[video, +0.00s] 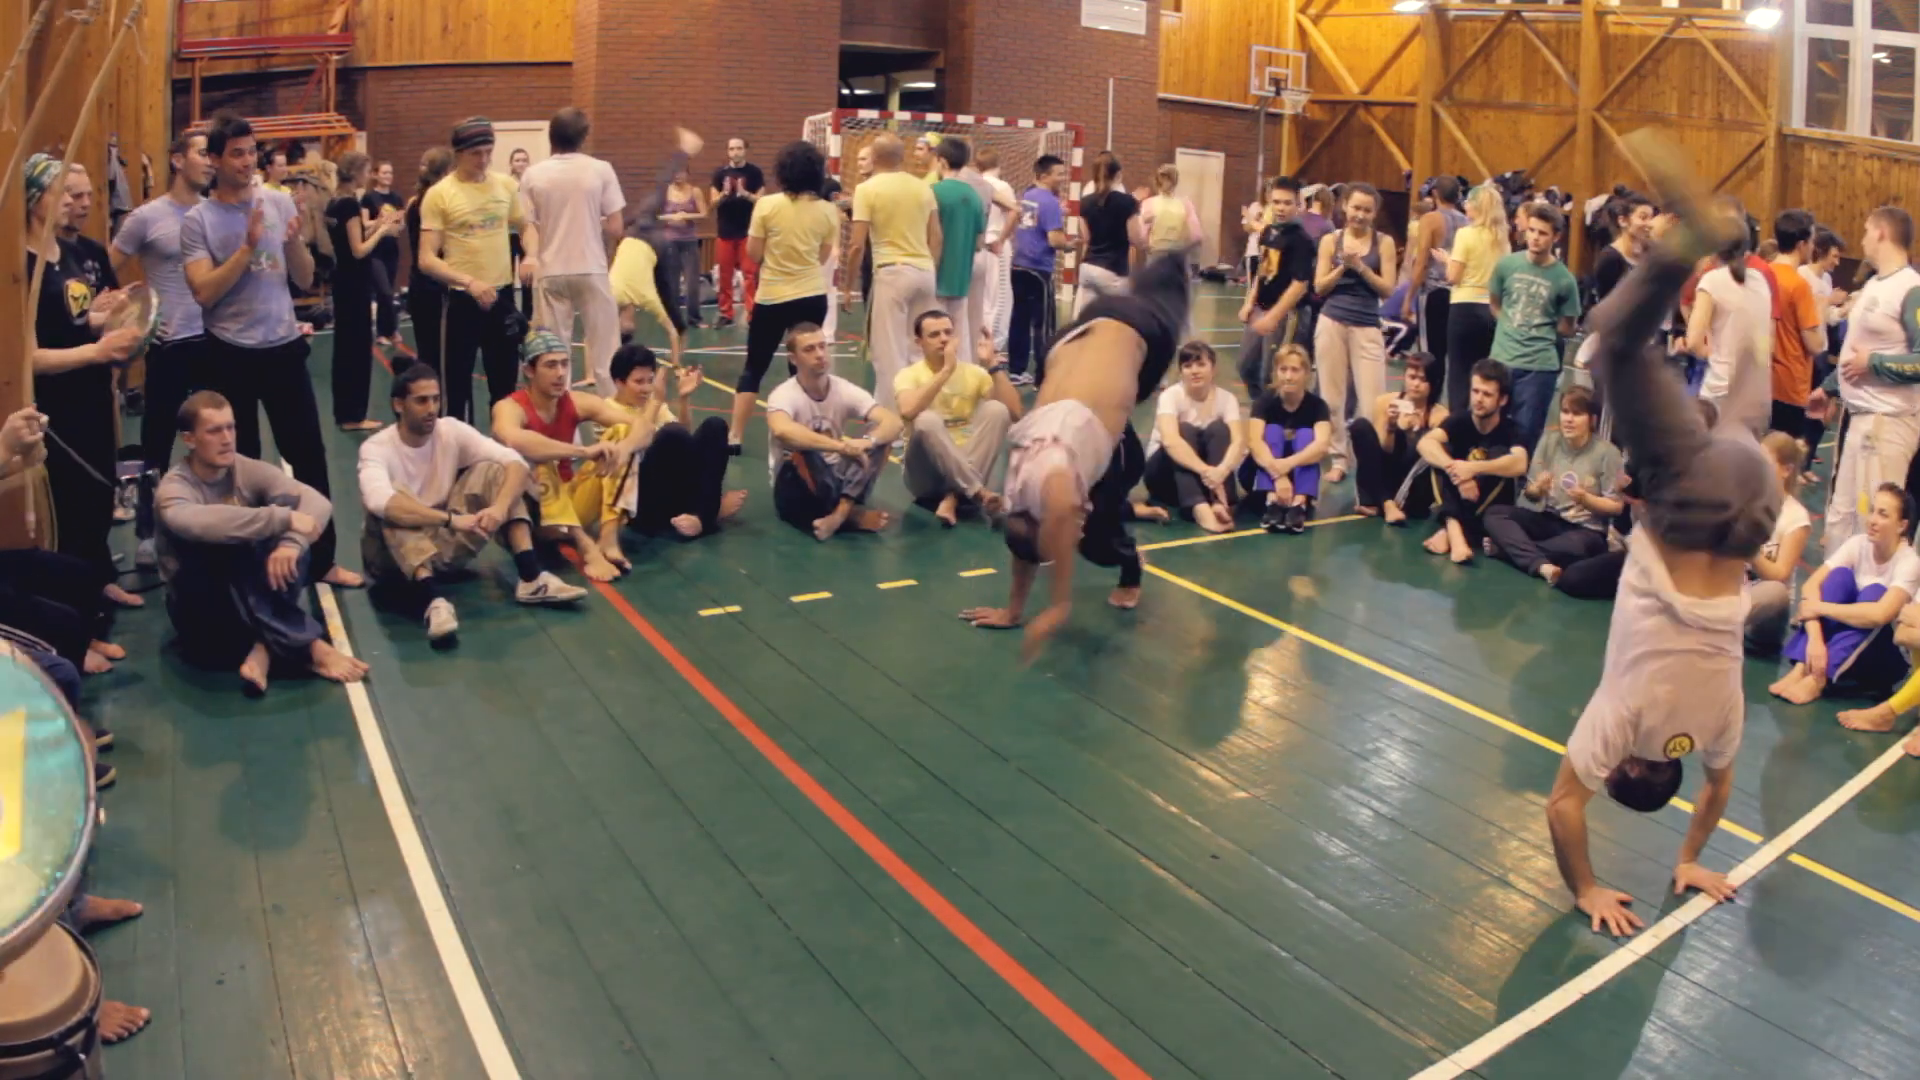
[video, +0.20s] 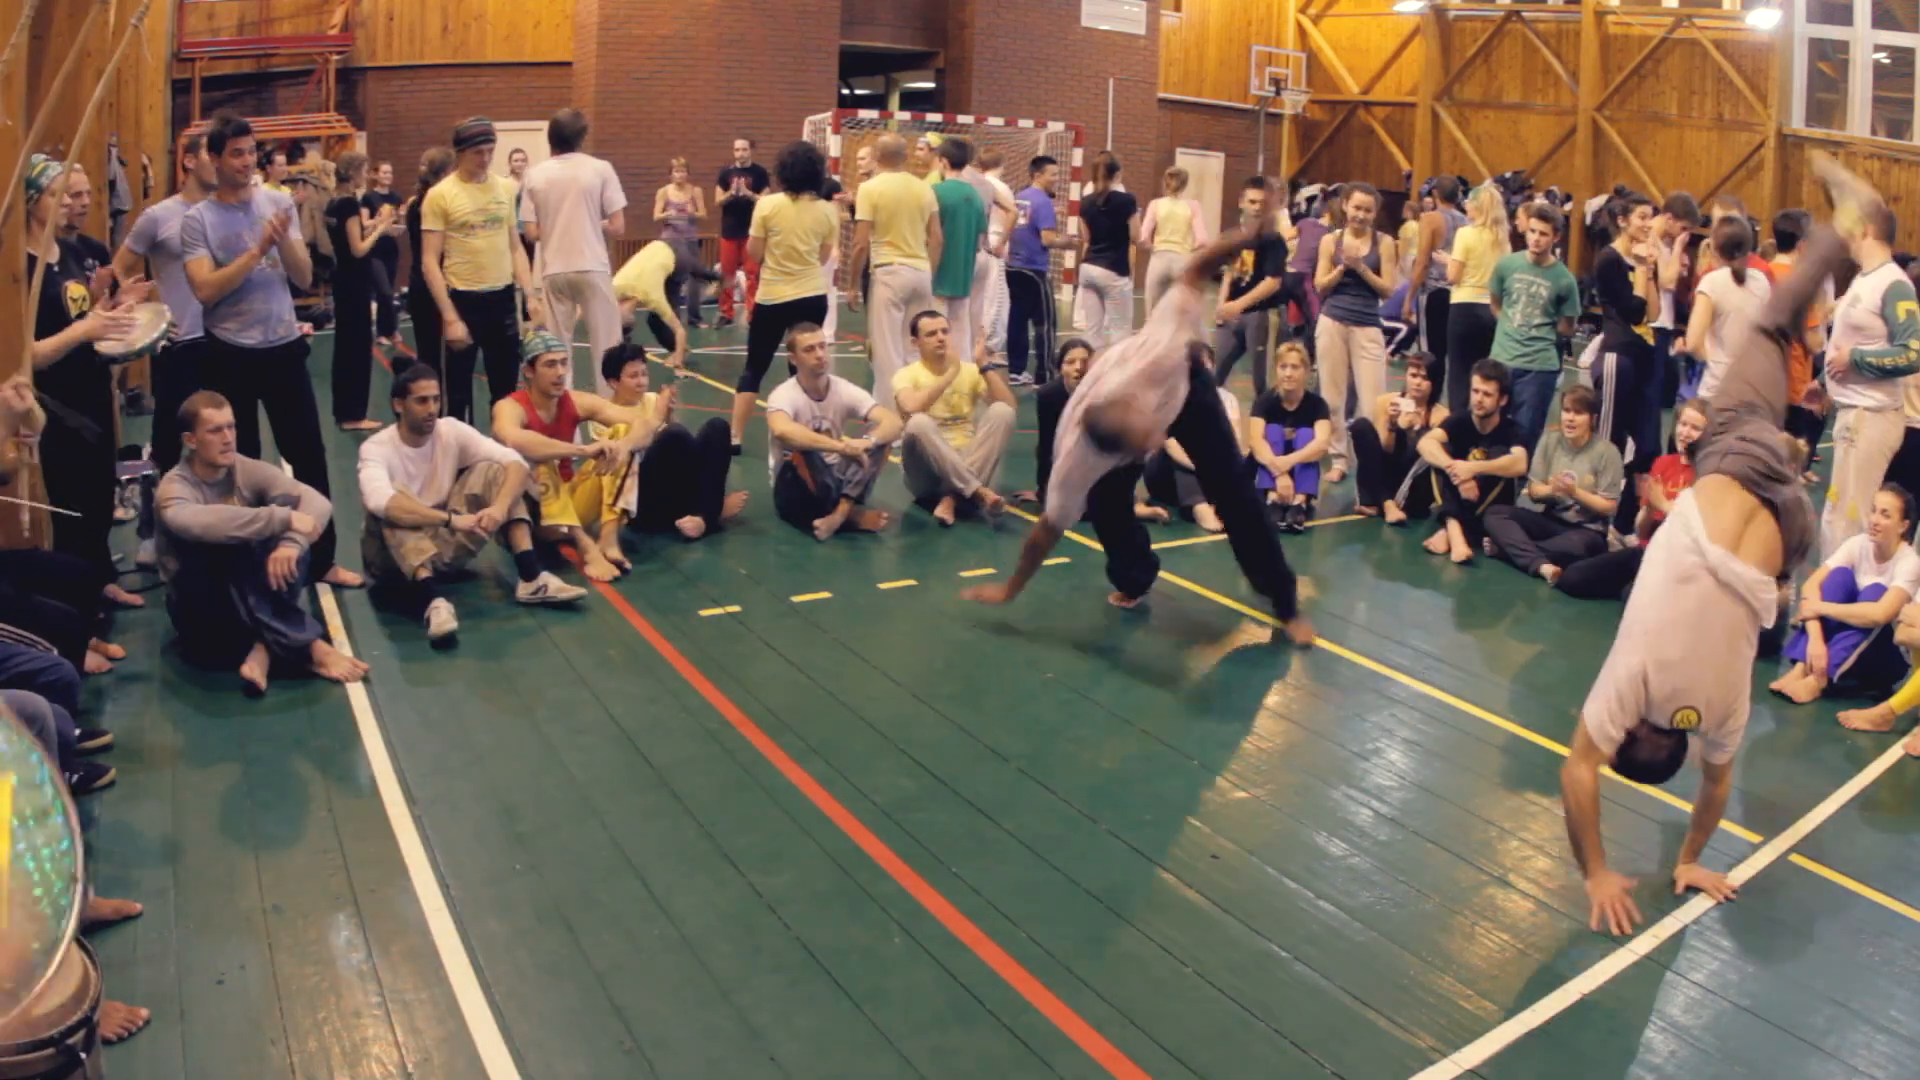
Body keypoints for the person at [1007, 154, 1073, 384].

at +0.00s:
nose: (1062, 179)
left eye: (1062, 174)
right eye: (1058, 174)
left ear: (1041, 176)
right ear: (1043, 175)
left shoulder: (1025, 195)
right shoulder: (1048, 201)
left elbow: (1015, 229)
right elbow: (1054, 238)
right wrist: (1072, 242)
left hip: (1018, 263)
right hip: (1038, 267)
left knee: (1019, 318)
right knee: (1043, 322)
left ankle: (1016, 368)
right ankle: (1042, 373)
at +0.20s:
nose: (1055, 180)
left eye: (1056, 175)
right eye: (1052, 175)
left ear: (1035, 176)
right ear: (1037, 175)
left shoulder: (1019, 196)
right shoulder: (1042, 201)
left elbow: (1014, 232)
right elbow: (1047, 238)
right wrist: (1071, 241)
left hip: (1013, 265)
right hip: (1033, 268)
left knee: (1017, 319)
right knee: (1045, 322)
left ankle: (1016, 369)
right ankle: (1045, 372)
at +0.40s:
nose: (1054, 178)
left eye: (1054, 173)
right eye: (1050, 173)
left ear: (1034, 176)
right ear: (1035, 175)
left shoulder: (1018, 195)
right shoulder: (1039, 199)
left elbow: (1013, 231)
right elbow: (1044, 236)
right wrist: (1071, 239)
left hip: (1011, 264)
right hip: (1031, 267)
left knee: (1015, 318)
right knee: (1043, 321)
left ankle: (1015, 370)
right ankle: (1041, 373)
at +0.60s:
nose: (1057, 179)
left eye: (1057, 174)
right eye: (1053, 174)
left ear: (1035, 176)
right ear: (1038, 175)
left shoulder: (1018, 196)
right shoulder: (1043, 201)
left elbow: (1014, 231)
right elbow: (1048, 238)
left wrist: (1056, 241)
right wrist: (1066, 239)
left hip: (1011, 263)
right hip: (1032, 267)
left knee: (1014, 319)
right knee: (1040, 322)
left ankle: (1015, 370)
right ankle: (1039, 374)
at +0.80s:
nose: (1059, 179)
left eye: (1059, 174)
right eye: (1056, 174)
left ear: (1038, 175)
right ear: (1041, 174)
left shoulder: (1020, 196)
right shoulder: (1048, 201)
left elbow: (1011, 226)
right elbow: (1051, 238)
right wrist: (1065, 234)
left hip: (1015, 264)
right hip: (1036, 266)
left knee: (1016, 319)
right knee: (1040, 322)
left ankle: (1015, 370)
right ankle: (1039, 374)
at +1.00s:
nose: (1061, 180)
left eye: (1061, 175)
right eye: (1058, 175)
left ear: (1038, 175)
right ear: (1045, 176)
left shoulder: (1024, 196)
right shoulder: (1049, 202)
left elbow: (1017, 227)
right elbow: (1057, 239)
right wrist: (1076, 236)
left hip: (1020, 264)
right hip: (1041, 267)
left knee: (1022, 319)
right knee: (1043, 322)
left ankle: (1016, 369)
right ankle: (1039, 374)